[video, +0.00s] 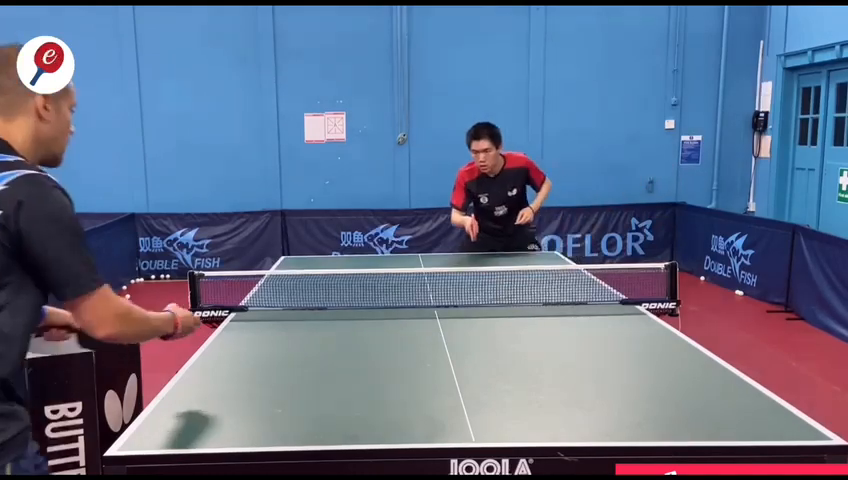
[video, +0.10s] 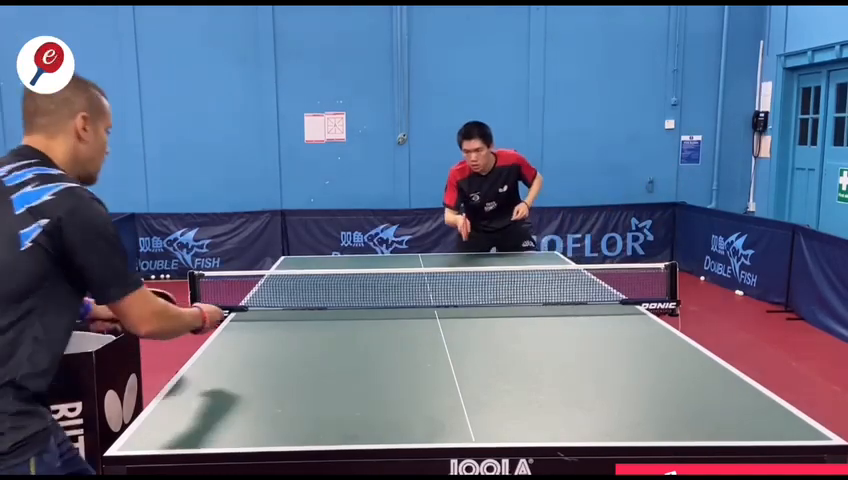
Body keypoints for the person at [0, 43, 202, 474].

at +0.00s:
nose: (73, 128)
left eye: (74, 112)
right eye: (71, 111)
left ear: (41, 106)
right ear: (42, 107)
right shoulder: (30, 192)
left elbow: (1, 296)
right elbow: (104, 319)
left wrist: (49, 318)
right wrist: (167, 323)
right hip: (7, 439)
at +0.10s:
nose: (106, 148)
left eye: (108, 134)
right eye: (106, 133)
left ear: (33, 123)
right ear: (81, 127)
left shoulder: (8, 177)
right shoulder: (70, 203)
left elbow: (14, 296)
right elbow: (145, 318)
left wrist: (83, 314)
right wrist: (199, 316)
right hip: (14, 426)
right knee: (76, 467)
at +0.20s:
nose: (133, 165)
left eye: (137, 152)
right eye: (135, 151)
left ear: (65, 139)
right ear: (113, 143)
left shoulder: (11, 186)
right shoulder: (101, 209)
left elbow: (34, 291)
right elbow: (172, 316)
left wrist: (115, 304)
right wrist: (220, 314)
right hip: (22, 422)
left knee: (88, 466)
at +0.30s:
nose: (152, 179)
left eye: (156, 165)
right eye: (153, 163)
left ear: (87, 147)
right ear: (134, 153)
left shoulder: (26, 191)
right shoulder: (121, 213)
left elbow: (42, 284)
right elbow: (194, 312)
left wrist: (129, 301)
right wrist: (237, 307)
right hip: (28, 426)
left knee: (88, 465)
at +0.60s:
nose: (174, 202)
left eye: (178, 188)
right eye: (178, 187)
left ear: (116, 165)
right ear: (162, 174)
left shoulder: (47, 202)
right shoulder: (149, 229)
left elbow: (59, 296)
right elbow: (211, 345)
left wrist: (149, 320)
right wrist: (246, 336)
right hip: (37, 436)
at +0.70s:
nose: (182, 209)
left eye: (186, 198)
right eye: (186, 195)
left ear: (124, 176)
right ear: (172, 184)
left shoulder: (55, 210)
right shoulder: (150, 234)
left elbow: (104, 307)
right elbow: (207, 356)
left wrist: (191, 322)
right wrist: (247, 344)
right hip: (36, 439)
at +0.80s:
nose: (184, 212)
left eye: (188, 202)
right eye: (188, 199)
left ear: (125, 181)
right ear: (175, 190)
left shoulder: (65, 212)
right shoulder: (147, 239)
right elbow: (201, 359)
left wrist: (181, 306)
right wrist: (248, 345)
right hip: (32, 434)